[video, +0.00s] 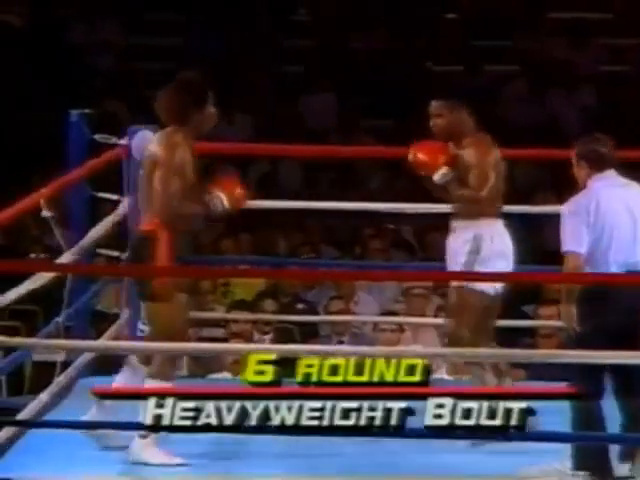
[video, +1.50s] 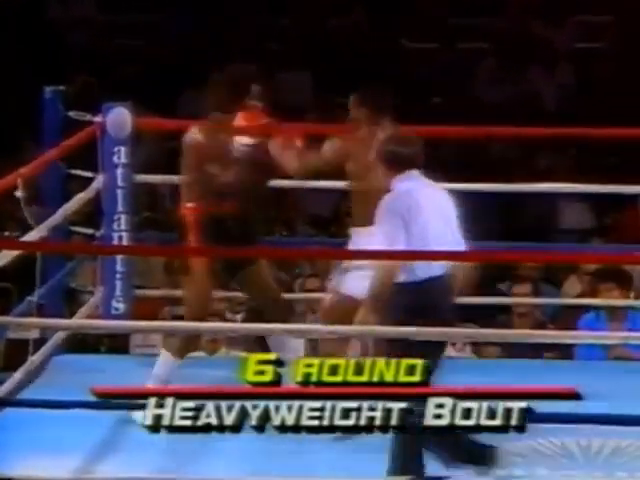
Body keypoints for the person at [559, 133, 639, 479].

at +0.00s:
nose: (574, 172)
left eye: (574, 166)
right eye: (573, 166)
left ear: (582, 166)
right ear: (611, 162)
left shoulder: (580, 204)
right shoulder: (635, 190)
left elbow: (574, 262)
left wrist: (566, 306)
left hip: (600, 295)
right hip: (636, 292)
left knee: (586, 378)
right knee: (629, 376)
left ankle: (593, 461)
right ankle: (633, 447)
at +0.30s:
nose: (575, 178)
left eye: (576, 173)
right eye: (575, 173)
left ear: (582, 173)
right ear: (613, 171)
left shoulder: (577, 207)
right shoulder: (636, 199)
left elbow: (573, 266)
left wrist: (571, 314)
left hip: (598, 297)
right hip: (635, 295)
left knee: (587, 383)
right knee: (634, 383)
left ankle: (599, 465)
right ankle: (637, 461)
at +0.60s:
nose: (556, 178)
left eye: (556, 172)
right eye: (557, 173)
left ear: (562, 172)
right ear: (596, 170)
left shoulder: (562, 206)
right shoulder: (629, 201)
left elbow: (554, 267)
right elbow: (635, 256)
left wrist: (545, 312)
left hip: (583, 298)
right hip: (627, 297)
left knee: (559, 381)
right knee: (627, 385)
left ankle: (558, 466)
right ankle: (636, 464)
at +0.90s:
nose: (491, 174)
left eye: (492, 166)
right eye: (491, 166)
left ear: (504, 166)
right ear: (530, 162)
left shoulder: (512, 194)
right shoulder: (561, 191)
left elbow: (512, 256)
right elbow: (583, 254)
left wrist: (495, 305)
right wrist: (579, 303)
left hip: (531, 285)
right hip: (563, 281)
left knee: (521, 376)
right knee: (549, 374)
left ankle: (543, 465)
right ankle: (571, 460)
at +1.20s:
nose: (436, 181)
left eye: (438, 173)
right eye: (436, 173)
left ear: (450, 170)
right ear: (477, 165)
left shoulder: (465, 198)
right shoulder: (506, 192)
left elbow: (457, 266)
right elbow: (531, 253)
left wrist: (433, 302)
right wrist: (518, 294)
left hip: (484, 294)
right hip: (509, 291)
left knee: (502, 386)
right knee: (465, 381)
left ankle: (535, 470)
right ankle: (423, 464)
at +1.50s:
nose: (374, 169)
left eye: (377, 163)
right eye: (375, 161)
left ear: (386, 165)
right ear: (416, 161)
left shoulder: (395, 200)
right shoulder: (442, 195)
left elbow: (391, 262)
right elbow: (460, 255)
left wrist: (368, 306)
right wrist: (449, 293)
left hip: (408, 291)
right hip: (440, 288)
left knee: (402, 384)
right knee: (414, 382)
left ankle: (471, 453)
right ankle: (406, 465)